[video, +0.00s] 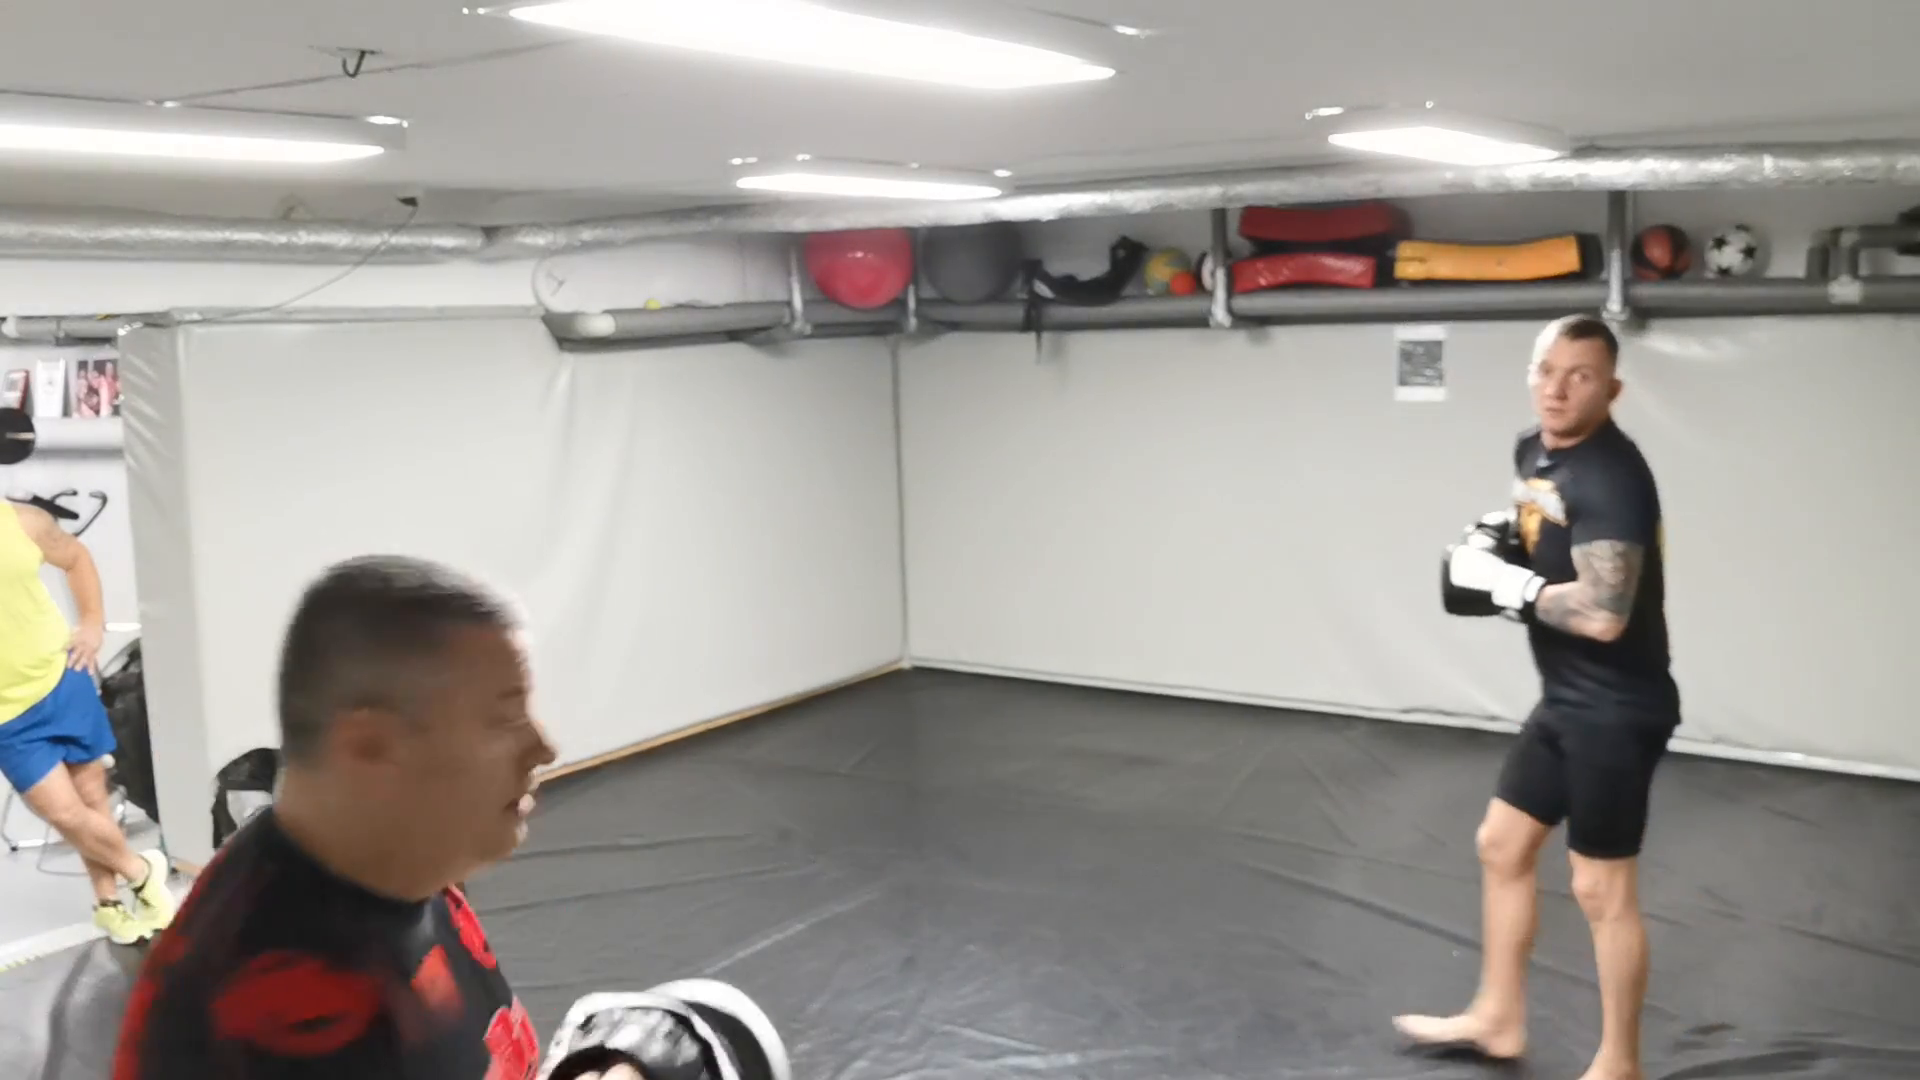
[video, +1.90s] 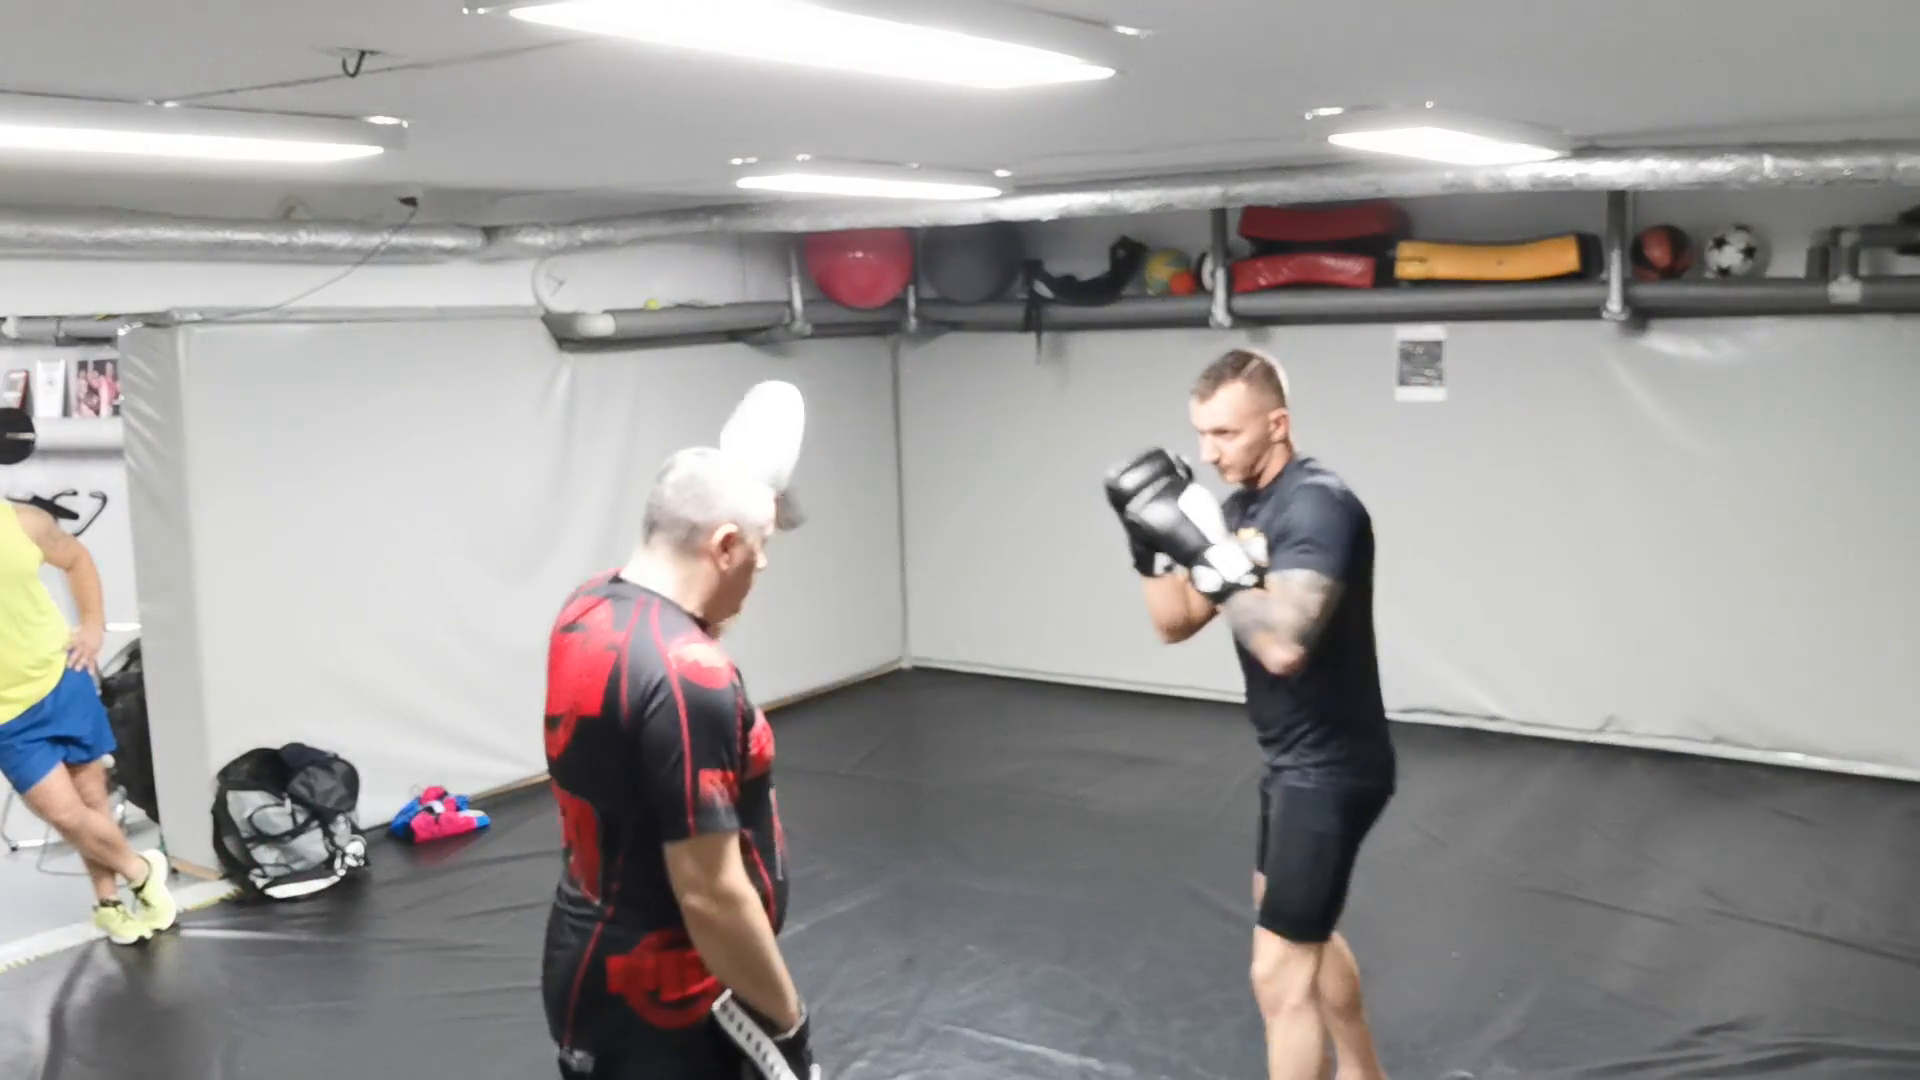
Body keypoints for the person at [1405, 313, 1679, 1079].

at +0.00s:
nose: (1557, 389)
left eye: (1577, 377)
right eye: (1546, 372)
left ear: (1611, 389)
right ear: (1531, 377)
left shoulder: (1613, 476)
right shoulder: (1536, 449)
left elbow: (1604, 615)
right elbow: (1545, 545)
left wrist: (1510, 585)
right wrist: (1497, 545)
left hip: (1620, 707)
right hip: (1565, 694)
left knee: (1603, 889)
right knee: (1504, 846)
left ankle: (1619, 1059)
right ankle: (1498, 1018)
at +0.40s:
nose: (1446, 390)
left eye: (1464, 376)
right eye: (1437, 376)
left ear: (1501, 386)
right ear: (1424, 385)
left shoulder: (1537, 474)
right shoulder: (1436, 475)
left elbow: (1577, 598)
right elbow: (1448, 574)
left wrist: (1477, 596)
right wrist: (1399, 574)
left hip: (1530, 715)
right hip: (1459, 709)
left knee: (1541, 892)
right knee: (1437, 876)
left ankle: (1612, 1055)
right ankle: (1422, 1046)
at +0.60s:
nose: (1383, 391)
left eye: (1400, 376)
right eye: (1375, 377)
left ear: (1443, 382)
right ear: (1368, 384)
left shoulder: (1488, 469)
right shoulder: (1372, 479)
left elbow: (1539, 592)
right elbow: (1377, 577)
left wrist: (1435, 573)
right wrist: (1336, 568)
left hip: (1481, 708)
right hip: (1412, 703)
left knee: (1455, 898)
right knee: (1409, 874)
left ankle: (1581, 1027)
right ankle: (1419, 1048)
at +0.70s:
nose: (1362, 395)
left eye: (1378, 380)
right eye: (1354, 381)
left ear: (1423, 386)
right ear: (1348, 389)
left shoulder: (1472, 470)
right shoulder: (1358, 485)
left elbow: (1509, 599)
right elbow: (1323, 609)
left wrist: (1418, 570)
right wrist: (1305, 565)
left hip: (1464, 707)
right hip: (1394, 705)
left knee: (1421, 897)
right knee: (1395, 884)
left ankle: (1527, 1038)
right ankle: (1417, 1049)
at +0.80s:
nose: (1343, 398)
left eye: (1360, 383)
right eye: (1335, 385)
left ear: (1402, 386)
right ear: (1328, 393)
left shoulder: (1454, 469)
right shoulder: (1337, 486)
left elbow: (1486, 602)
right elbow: (1307, 610)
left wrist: (1390, 555)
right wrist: (1289, 543)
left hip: (1447, 706)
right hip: (1380, 706)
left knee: (1397, 900)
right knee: (1392, 899)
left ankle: (1451, 1066)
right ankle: (1413, 1047)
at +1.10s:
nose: (1294, 427)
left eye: (1311, 409)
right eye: (1287, 411)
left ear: (1358, 410)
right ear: (1282, 414)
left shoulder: (1405, 497)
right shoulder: (1305, 497)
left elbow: (1406, 638)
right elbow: (1251, 613)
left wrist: (1324, 564)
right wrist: (1245, 529)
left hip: (1396, 737)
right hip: (1342, 732)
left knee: (1343, 931)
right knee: (1371, 904)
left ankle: (1347, 1074)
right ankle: (1413, 1050)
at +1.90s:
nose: (1210, 452)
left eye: (1224, 433)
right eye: (1203, 434)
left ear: (1277, 425)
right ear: (1201, 432)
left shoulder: (1318, 505)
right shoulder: (1241, 507)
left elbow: (1283, 647)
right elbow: (1173, 623)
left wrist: (1220, 567)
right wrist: (1154, 537)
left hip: (1332, 765)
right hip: (1290, 758)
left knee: (1281, 979)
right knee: (1301, 930)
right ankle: (1361, 1070)